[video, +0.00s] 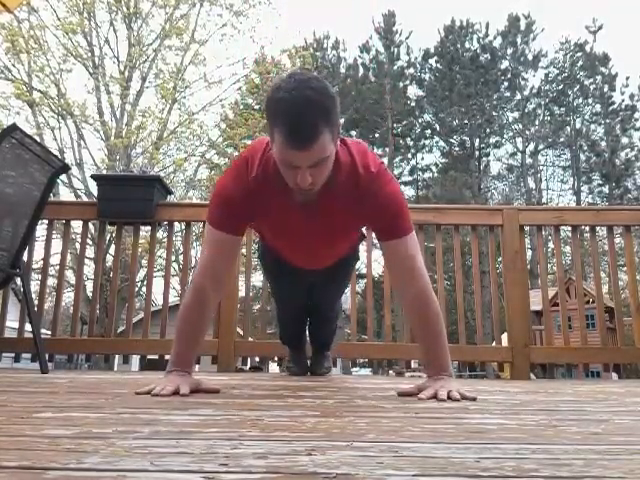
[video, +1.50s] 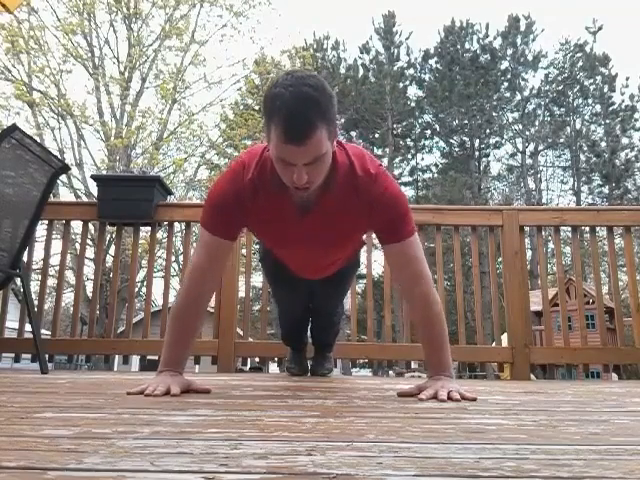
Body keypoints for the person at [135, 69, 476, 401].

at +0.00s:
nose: (303, 179)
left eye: (317, 165)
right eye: (290, 166)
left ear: (337, 139)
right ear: (271, 143)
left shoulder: (371, 181)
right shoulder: (241, 182)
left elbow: (414, 283)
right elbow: (206, 281)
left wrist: (440, 375)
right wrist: (179, 370)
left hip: (338, 252)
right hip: (280, 250)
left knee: (325, 313)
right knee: (290, 316)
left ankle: (321, 354)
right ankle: (295, 356)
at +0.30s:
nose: (303, 184)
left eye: (316, 170)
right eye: (290, 171)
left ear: (337, 145)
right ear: (271, 149)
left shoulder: (371, 182)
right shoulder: (241, 184)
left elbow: (412, 282)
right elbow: (208, 282)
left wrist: (439, 375)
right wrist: (180, 370)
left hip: (339, 252)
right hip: (281, 250)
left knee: (326, 313)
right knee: (290, 313)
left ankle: (322, 353)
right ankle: (294, 353)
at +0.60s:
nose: (305, 187)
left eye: (318, 173)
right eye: (292, 175)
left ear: (339, 148)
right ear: (272, 152)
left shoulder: (373, 184)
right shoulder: (243, 185)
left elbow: (413, 282)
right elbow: (193, 282)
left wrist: (439, 375)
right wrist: (169, 371)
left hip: (342, 252)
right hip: (282, 249)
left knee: (326, 315)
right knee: (291, 314)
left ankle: (322, 354)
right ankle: (295, 354)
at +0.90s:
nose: (300, 191)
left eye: (313, 177)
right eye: (286, 178)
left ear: (334, 153)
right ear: (267, 156)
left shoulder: (369, 185)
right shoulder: (239, 189)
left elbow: (414, 286)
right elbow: (199, 284)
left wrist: (440, 376)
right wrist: (170, 370)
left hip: (339, 257)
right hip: (280, 255)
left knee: (324, 317)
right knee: (290, 318)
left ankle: (321, 352)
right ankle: (294, 353)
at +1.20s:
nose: (299, 182)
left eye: (312, 168)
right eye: (286, 168)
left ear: (334, 143)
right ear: (268, 147)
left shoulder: (368, 180)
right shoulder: (238, 184)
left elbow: (407, 283)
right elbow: (203, 282)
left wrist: (440, 375)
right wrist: (170, 370)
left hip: (338, 251)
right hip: (279, 249)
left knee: (325, 313)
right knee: (290, 314)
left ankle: (322, 355)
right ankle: (294, 354)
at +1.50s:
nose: (299, 177)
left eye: (313, 163)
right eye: (286, 163)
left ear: (334, 139)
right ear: (268, 141)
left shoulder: (370, 184)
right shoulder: (237, 185)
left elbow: (417, 285)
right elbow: (197, 285)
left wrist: (441, 375)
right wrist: (169, 370)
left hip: (339, 257)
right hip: (280, 255)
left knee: (327, 314)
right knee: (291, 314)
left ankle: (324, 354)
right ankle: (296, 351)